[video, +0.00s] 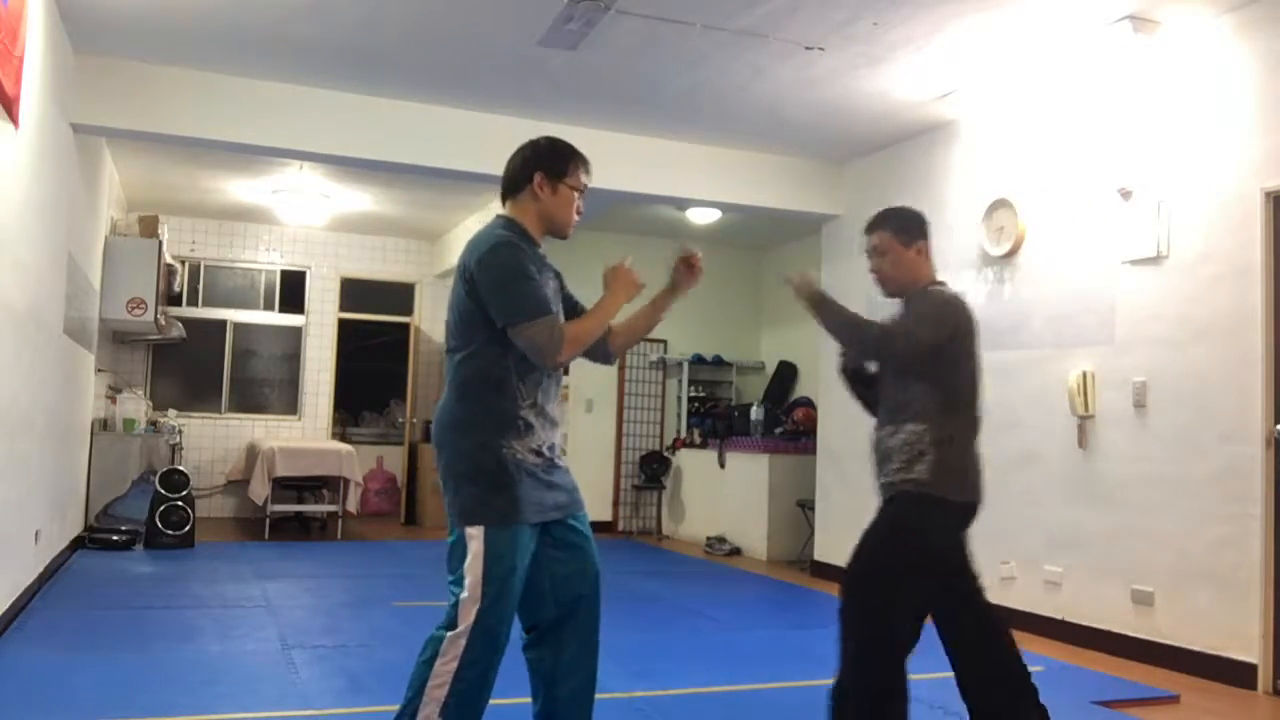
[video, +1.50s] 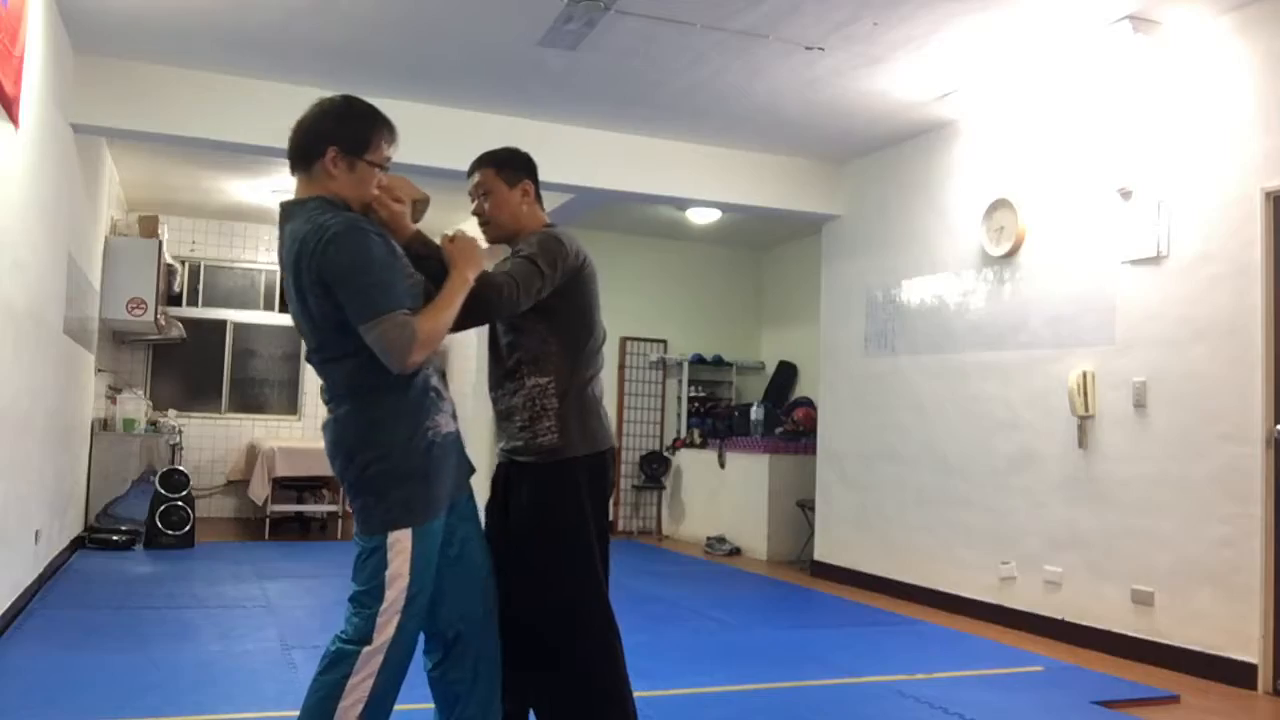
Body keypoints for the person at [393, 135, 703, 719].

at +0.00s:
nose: (583, 204)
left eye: (585, 194)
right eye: (577, 190)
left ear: (540, 189)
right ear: (540, 184)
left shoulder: (540, 267)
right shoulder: (500, 249)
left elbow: (608, 344)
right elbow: (551, 347)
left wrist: (670, 292)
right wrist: (613, 296)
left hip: (541, 459)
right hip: (491, 460)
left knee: (571, 601)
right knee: (480, 619)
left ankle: (564, 715)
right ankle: (427, 716)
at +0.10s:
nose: (580, 217)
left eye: (582, 205)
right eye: (574, 202)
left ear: (535, 198)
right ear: (534, 194)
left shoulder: (529, 267)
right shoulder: (496, 255)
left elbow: (608, 318)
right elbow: (564, 349)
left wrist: (631, 239)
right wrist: (627, 307)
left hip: (530, 470)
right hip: (479, 470)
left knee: (567, 604)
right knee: (462, 623)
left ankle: (563, 716)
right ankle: (395, 714)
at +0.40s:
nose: (527, 208)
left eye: (531, 195)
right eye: (520, 191)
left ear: (475, 187)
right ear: (473, 181)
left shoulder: (468, 253)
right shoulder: (431, 241)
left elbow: (552, 295)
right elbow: (505, 345)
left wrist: (559, 261)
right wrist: (584, 312)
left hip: (458, 464)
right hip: (405, 464)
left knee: (505, 603)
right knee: (383, 625)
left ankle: (506, 718)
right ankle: (325, 719)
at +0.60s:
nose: (491, 202)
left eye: (496, 190)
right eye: (485, 186)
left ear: (438, 178)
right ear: (439, 173)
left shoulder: (443, 245)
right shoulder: (399, 237)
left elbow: (540, 276)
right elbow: (464, 348)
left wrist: (501, 196)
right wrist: (544, 321)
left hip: (460, 465)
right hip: (402, 467)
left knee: (502, 627)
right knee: (379, 646)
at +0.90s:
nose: (445, 186)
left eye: (449, 175)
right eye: (438, 172)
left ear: (387, 167)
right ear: (394, 164)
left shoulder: (382, 227)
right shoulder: (388, 235)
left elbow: (478, 245)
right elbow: (453, 350)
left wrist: (450, 185)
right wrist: (518, 313)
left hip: (468, 458)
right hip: (422, 463)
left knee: (498, 630)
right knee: (394, 637)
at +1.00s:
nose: (439, 186)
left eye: (441, 173)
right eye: (432, 171)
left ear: (376, 166)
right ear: (388, 163)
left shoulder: (353, 227)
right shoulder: (390, 235)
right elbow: (453, 349)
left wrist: (446, 244)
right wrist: (514, 301)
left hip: (460, 455)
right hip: (422, 458)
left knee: (493, 627)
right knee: (395, 637)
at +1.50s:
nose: (385, 183)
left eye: (387, 168)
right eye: (377, 166)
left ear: (325, 163)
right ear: (334, 161)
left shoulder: (311, 225)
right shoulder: (343, 235)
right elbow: (408, 348)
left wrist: (395, 216)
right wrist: (463, 273)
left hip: (425, 452)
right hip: (402, 458)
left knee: (467, 628)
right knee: (379, 636)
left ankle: (476, 719)